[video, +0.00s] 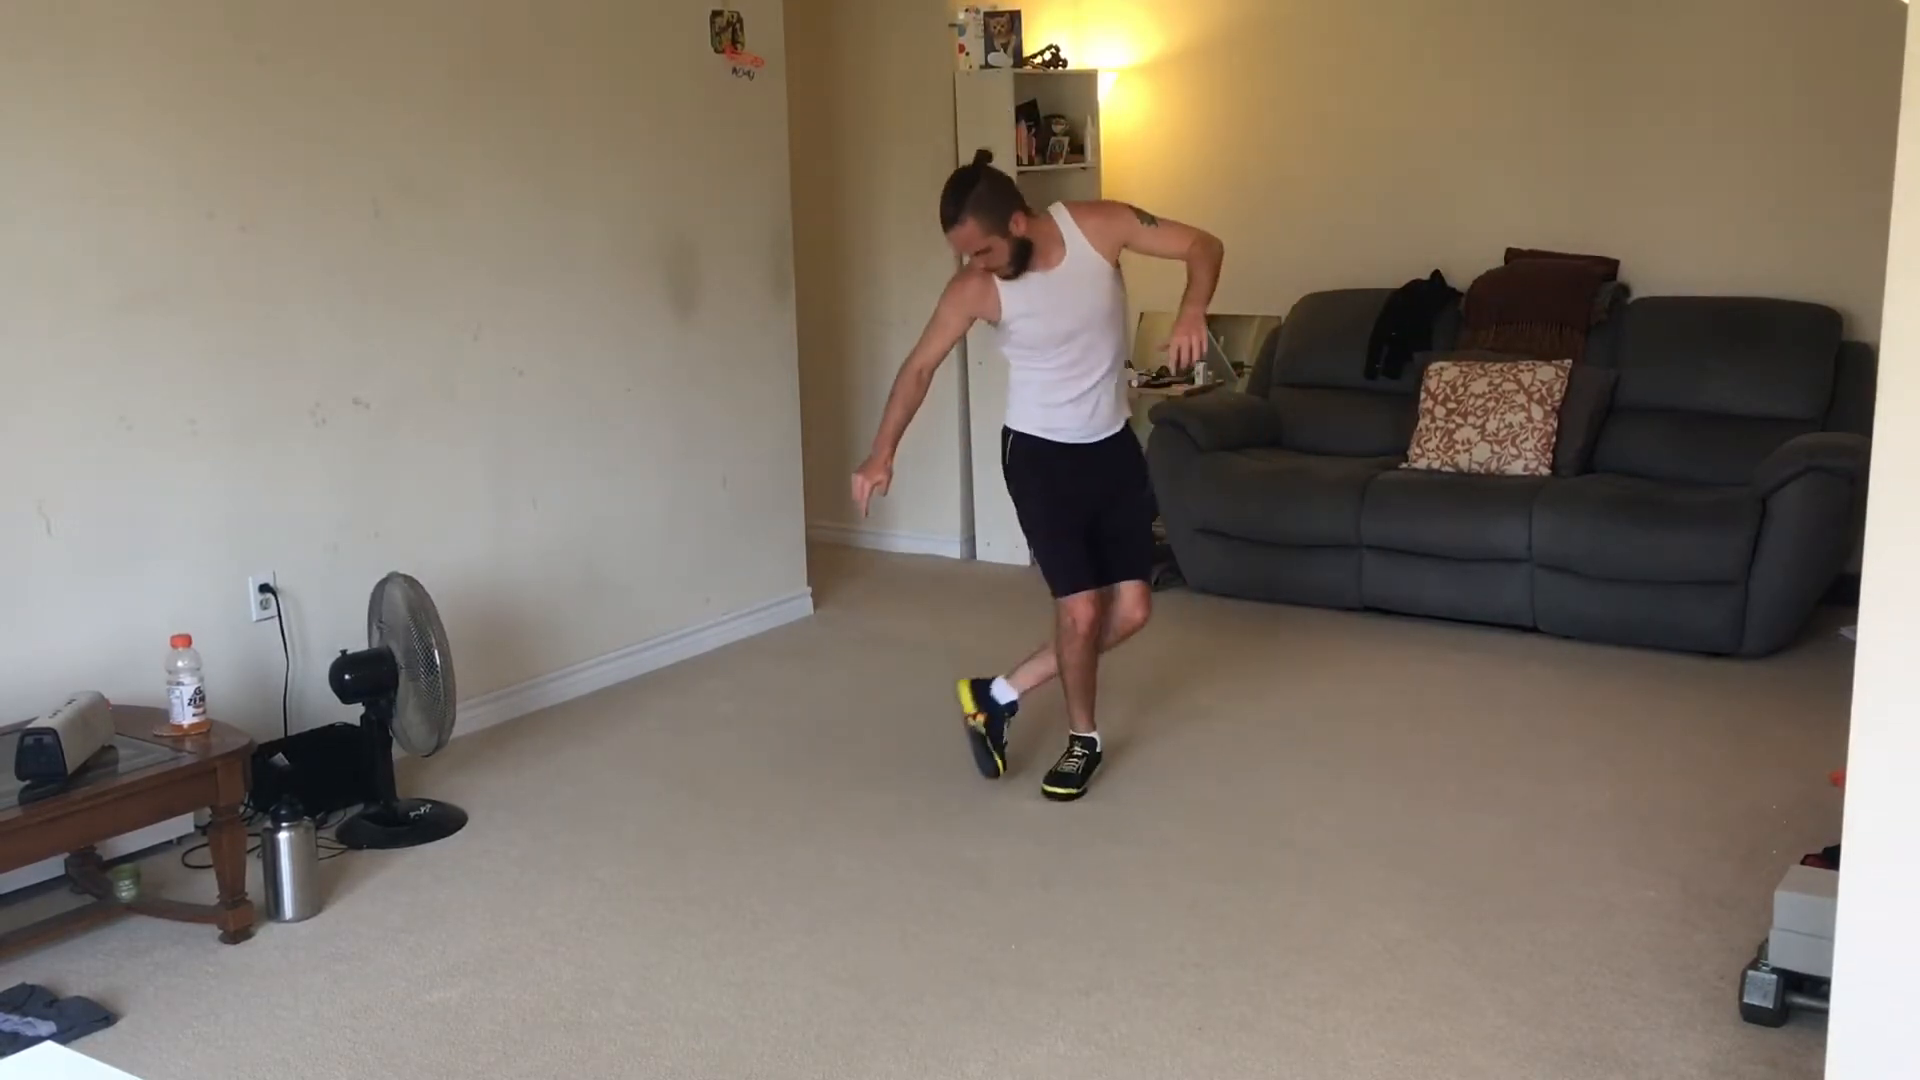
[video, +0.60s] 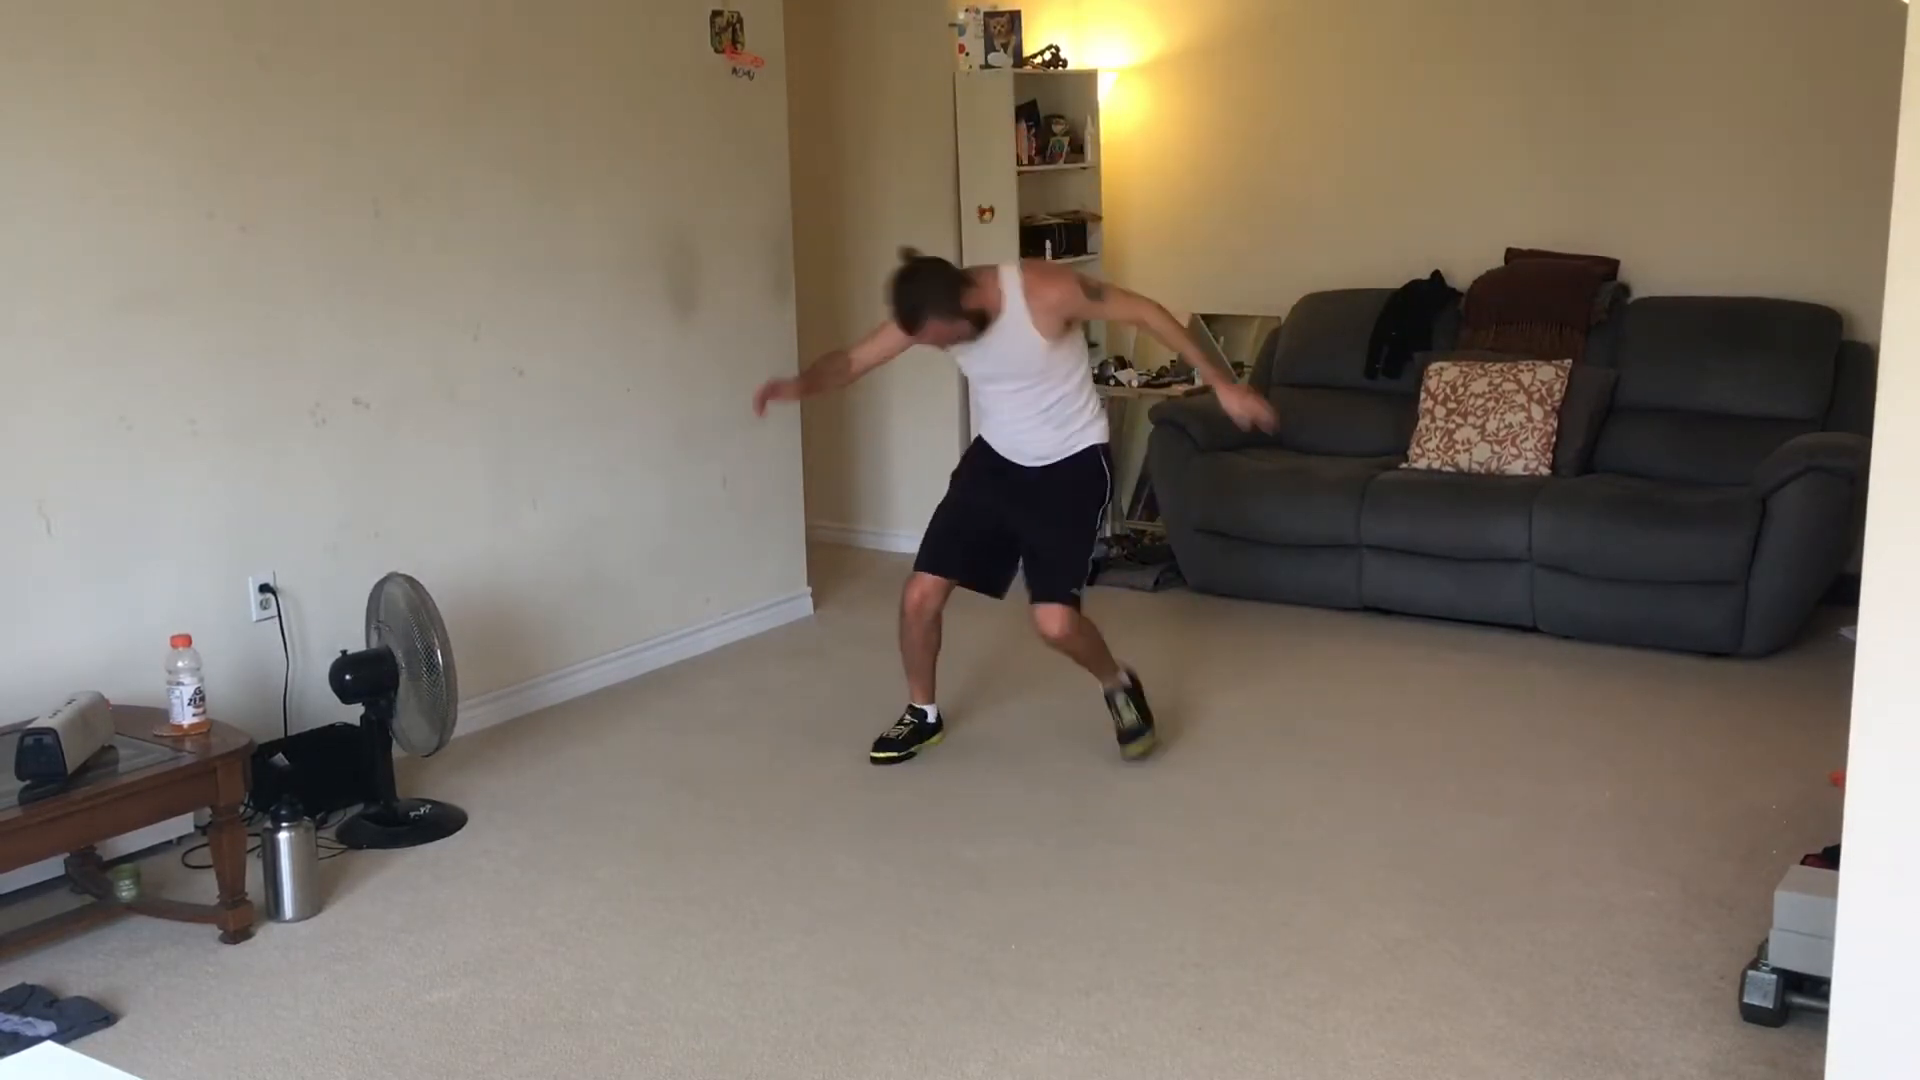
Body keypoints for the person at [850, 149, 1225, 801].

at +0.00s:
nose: (976, 266)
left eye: (983, 252)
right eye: (966, 256)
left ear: (1020, 221)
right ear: (959, 240)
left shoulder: (1097, 226)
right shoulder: (976, 288)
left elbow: (1204, 246)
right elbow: (918, 368)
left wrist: (1193, 308)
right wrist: (882, 451)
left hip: (1111, 444)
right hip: (1038, 453)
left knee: (1131, 609)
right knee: (1080, 609)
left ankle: (998, 694)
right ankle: (1083, 739)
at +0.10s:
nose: (982, 229)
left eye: (990, 214)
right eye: (972, 218)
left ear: (1027, 185)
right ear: (965, 202)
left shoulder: (1100, 208)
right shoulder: (975, 262)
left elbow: (1211, 227)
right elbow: (920, 343)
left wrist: (1188, 275)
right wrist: (889, 429)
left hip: (1095, 433)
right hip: (1027, 439)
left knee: (1112, 606)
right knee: (1076, 607)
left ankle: (968, 683)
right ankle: (1082, 737)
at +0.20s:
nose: (978, 186)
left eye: (988, 170)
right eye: (968, 173)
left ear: (1027, 148)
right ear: (961, 162)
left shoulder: (1089, 183)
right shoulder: (963, 225)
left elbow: (1205, 184)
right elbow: (915, 311)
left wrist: (1191, 210)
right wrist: (889, 394)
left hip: (1075, 420)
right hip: (1009, 424)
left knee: (1124, 574)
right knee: (1058, 587)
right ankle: (1075, 735)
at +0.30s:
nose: (958, 162)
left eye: (968, 146)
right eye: (948, 150)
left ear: (1007, 123)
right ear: (944, 140)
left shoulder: (1074, 162)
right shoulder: (946, 204)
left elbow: (1182, 156)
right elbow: (896, 282)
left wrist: (1258, 146)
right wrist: (861, 364)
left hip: (1076, 394)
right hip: (998, 405)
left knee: (1110, 559)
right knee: (1027, 571)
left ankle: (1022, 524)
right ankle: (1021, 721)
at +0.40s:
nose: (929, 191)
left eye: (932, 174)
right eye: (916, 182)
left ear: (966, 143)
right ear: (911, 173)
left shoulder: (1050, 171)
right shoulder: (928, 234)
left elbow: (1164, 170)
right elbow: (859, 310)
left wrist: (1262, 181)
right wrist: (811, 365)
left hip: (1080, 402)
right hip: (993, 412)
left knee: (1091, 583)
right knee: (969, 580)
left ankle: (1034, 550)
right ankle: (951, 700)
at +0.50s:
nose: (898, 274)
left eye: (897, 260)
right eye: (888, 267)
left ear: (924, 226)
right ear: (892, 255)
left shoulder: (1029, 238)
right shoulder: (920, 292)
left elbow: (1129, 251)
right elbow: (851, 348)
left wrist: (1209, 274)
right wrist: (813, 357)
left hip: (1073, 445)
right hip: (992, 448)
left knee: (1053, 625)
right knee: (937, 596)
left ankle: (1082, 612)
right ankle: (922, 712)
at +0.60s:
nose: (942, 348)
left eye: (943, 338)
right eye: (932, 342)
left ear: (965, 305)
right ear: (921, 321)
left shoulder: (1047, 289)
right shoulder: (932, 315)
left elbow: (1150, 314)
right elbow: (850, 362)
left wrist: (1225, 385)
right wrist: (800, 386)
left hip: (1071, 463)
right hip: (993, 460)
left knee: (1055, 623)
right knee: (921, 595)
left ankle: (1119, 687)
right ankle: (922, 713)